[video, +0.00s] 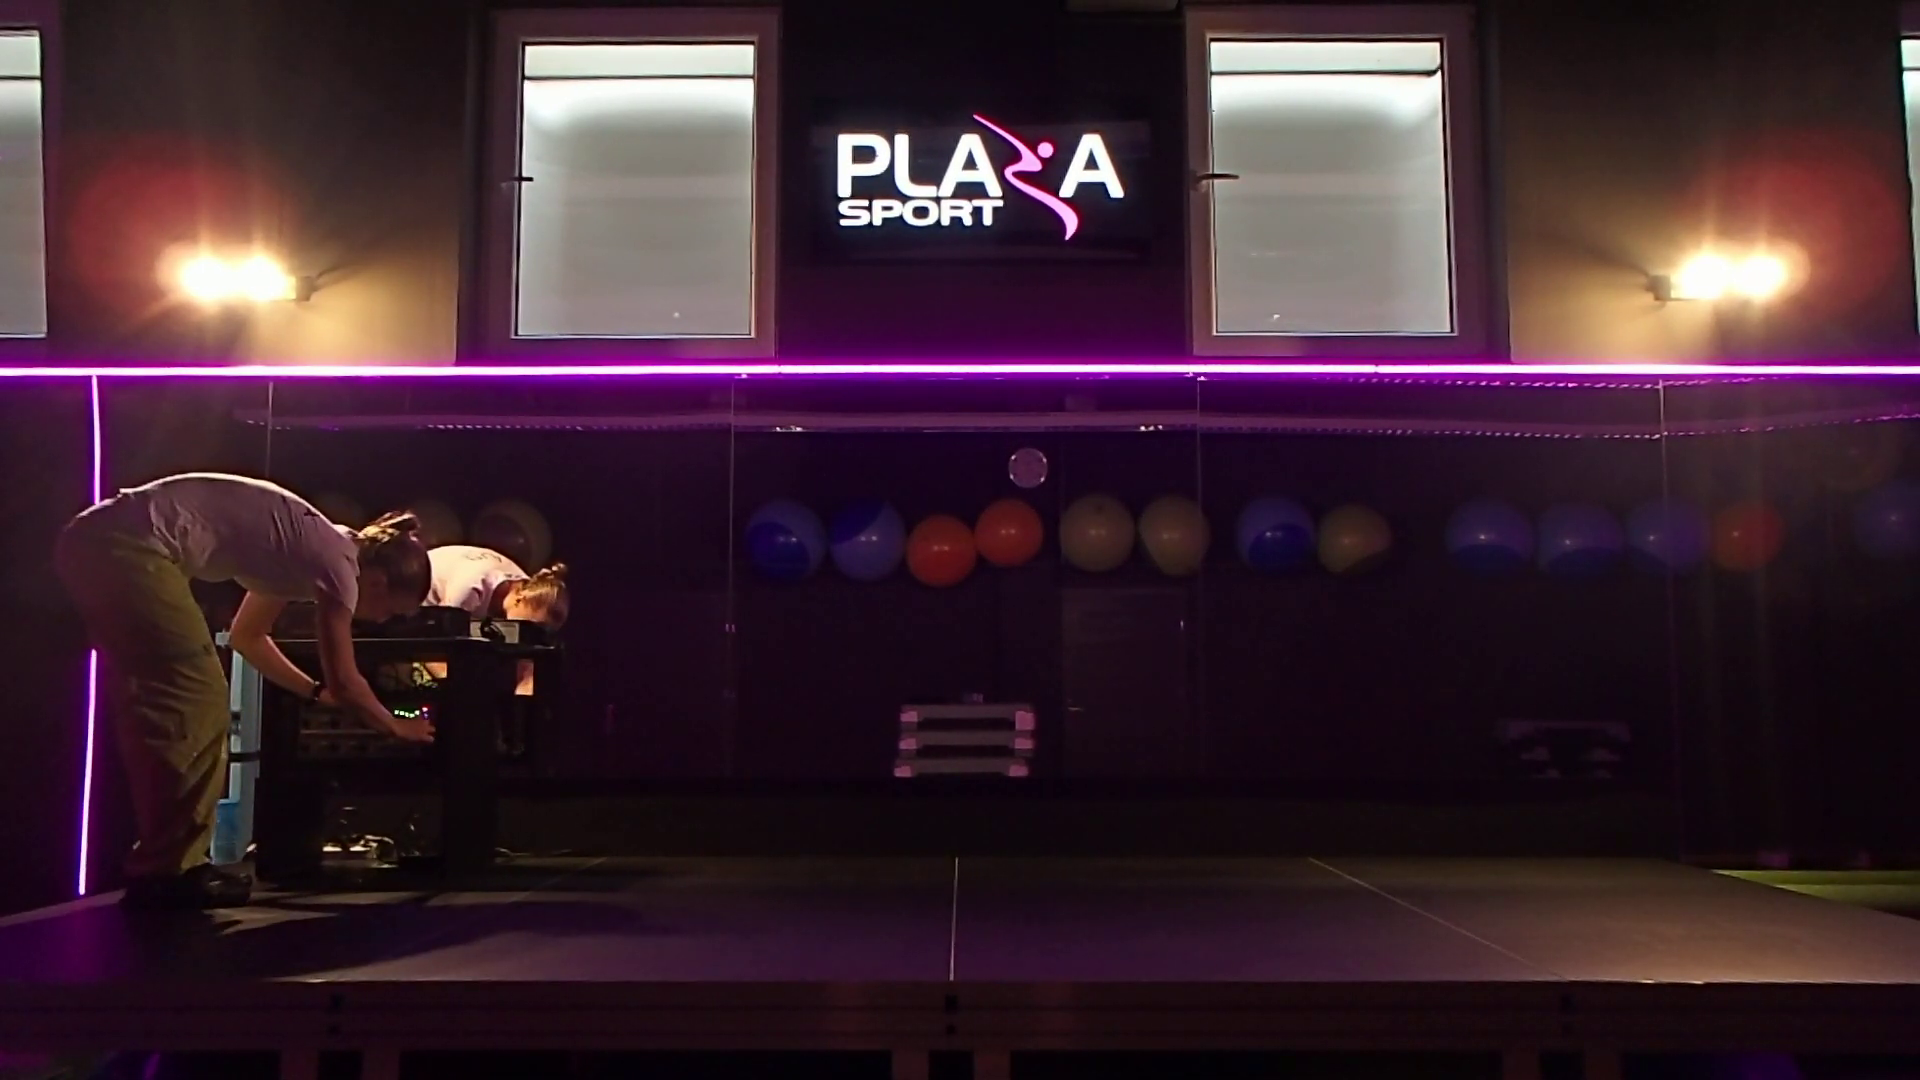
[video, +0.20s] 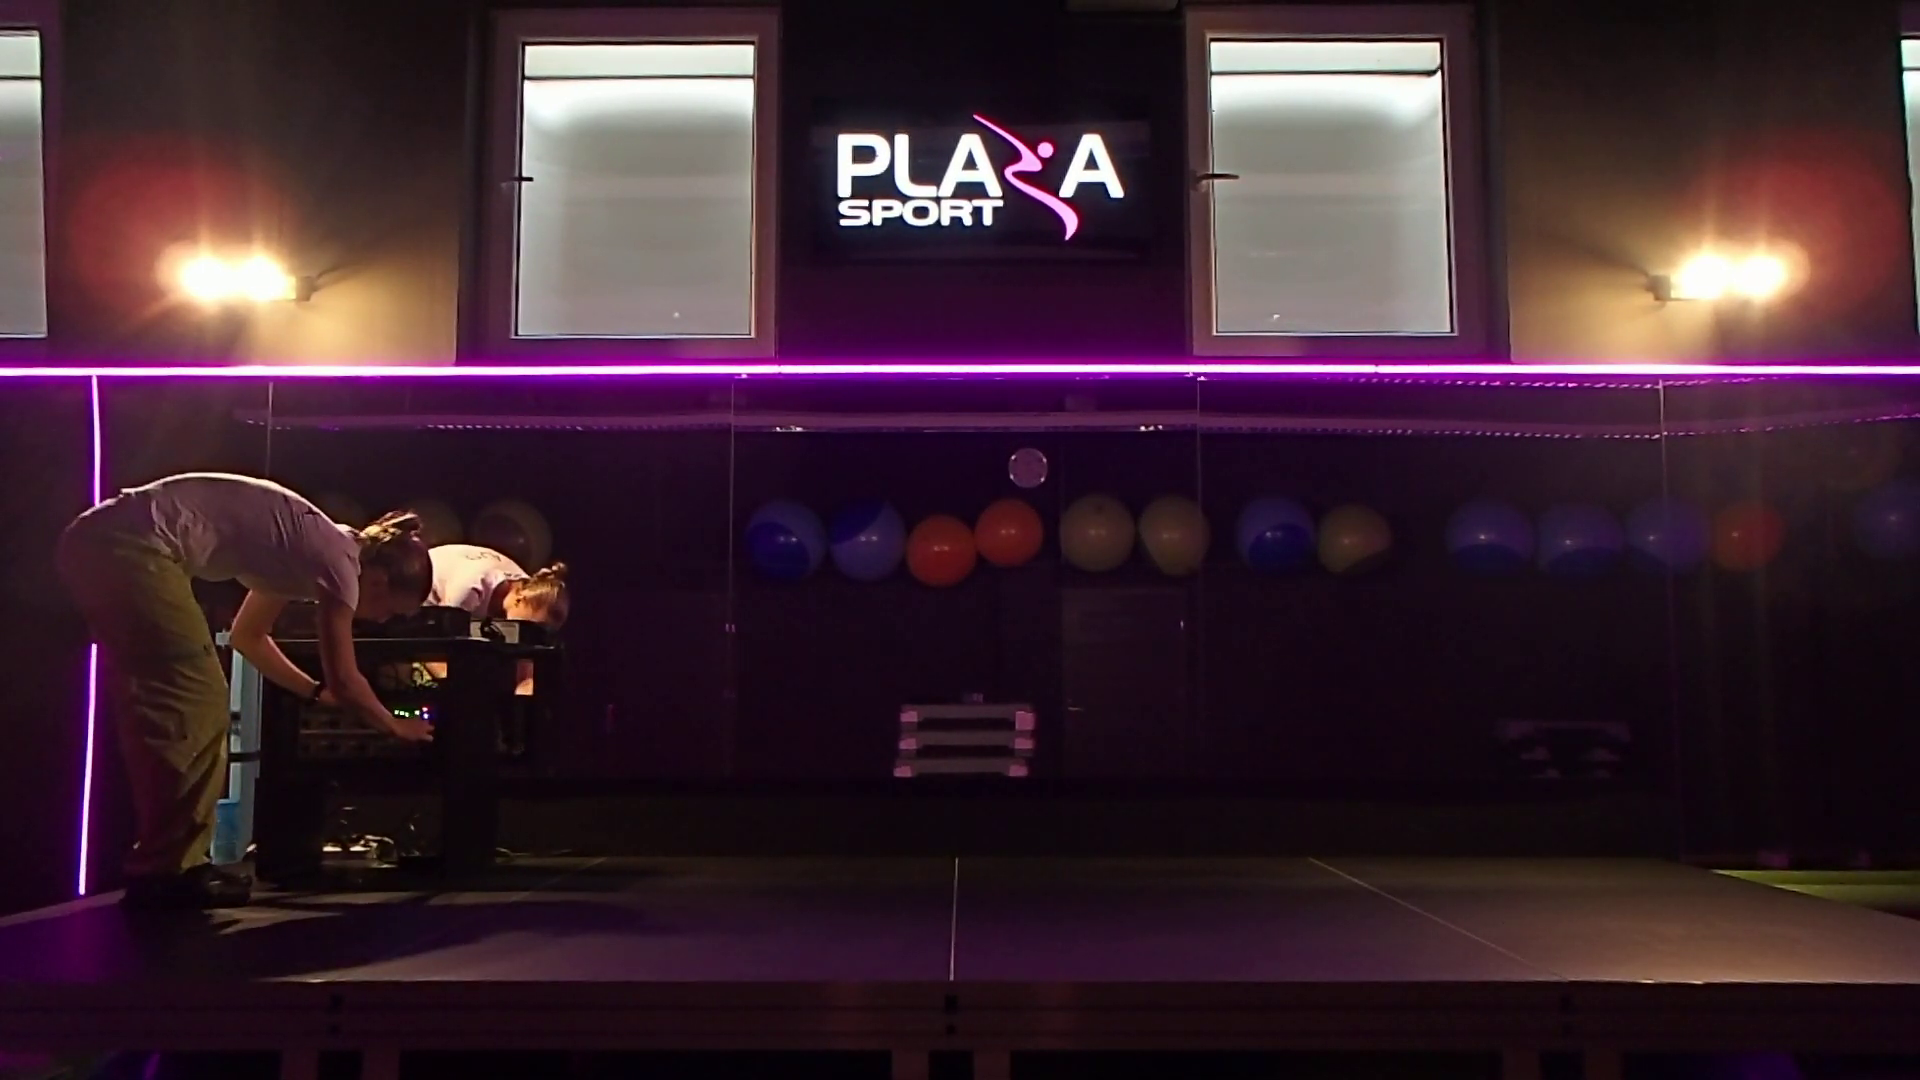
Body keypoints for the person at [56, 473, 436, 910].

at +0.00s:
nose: (379, 619)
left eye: (391, 615)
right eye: (389, 609)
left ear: (377, 570)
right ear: (378, 578)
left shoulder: (296, 553)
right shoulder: (337, 559)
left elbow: (246, 636)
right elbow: (344, 680)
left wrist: (315, 691)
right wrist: (395, 726)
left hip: (108, 542)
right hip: (130, 547)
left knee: (167, 695)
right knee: (197, 697)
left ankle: (167, 865)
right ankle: (170, 870)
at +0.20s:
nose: (380, 619)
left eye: (391, 615)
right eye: (390, 609)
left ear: (379, 569)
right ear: (380, 576)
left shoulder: (297, 554)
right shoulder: (339, 557)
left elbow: (247, 636)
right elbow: (344, 677)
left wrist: (315, 691)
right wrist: (394, 726)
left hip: (111, 542)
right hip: (133, 547)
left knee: (172, 696)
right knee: (197, 697)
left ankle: (167, 865)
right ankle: (171, 869)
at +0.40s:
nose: (380, 618)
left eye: (391, 614)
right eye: (389, 609)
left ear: (380, 571)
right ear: (380, 577)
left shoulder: (297, 552)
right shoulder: (338, 556)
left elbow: (247, 634)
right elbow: (343, 676)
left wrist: (314, 691)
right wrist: (394, 726)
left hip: (111, 542)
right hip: (134, 547)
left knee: (173, 697)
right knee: (198, 697)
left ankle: (166, 865)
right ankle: (172, 868)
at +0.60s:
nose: (380, 618)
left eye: (391, 615)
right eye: (389, 609)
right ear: (379, 576)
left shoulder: (297, 552)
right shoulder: (338, 556)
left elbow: (248, 633)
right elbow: (342, 674)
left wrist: (314, 690)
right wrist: (395, 725)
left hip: (112, 543)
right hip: (133, 547)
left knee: (179, 697)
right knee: (197, 697)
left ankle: (166, 866)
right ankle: (170, 869)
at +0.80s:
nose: (379, 618)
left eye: (391, 614)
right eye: (389, 608)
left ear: (380, 569)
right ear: (380, 575)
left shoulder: (296, 551)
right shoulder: (337, 554)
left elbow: (248, 633)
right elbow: (342, 673)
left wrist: (314, 690)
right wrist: (396, 724)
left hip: (110, 542)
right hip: (132, 548)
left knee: (173, 696)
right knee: (196, 698)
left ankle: (166, 865)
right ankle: (171, 868)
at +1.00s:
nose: (378, 615)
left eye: (390, 611)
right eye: (388, 605)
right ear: (381, 574)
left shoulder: (296, 549)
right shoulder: (336, 551)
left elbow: (249, 632)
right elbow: (344, 672)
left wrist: (315, 691)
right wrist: (398, 722)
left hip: (111, 542)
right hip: (132, 547)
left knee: (181, 699)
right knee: (196, 700)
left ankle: (167, 866)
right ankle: (170, 869)